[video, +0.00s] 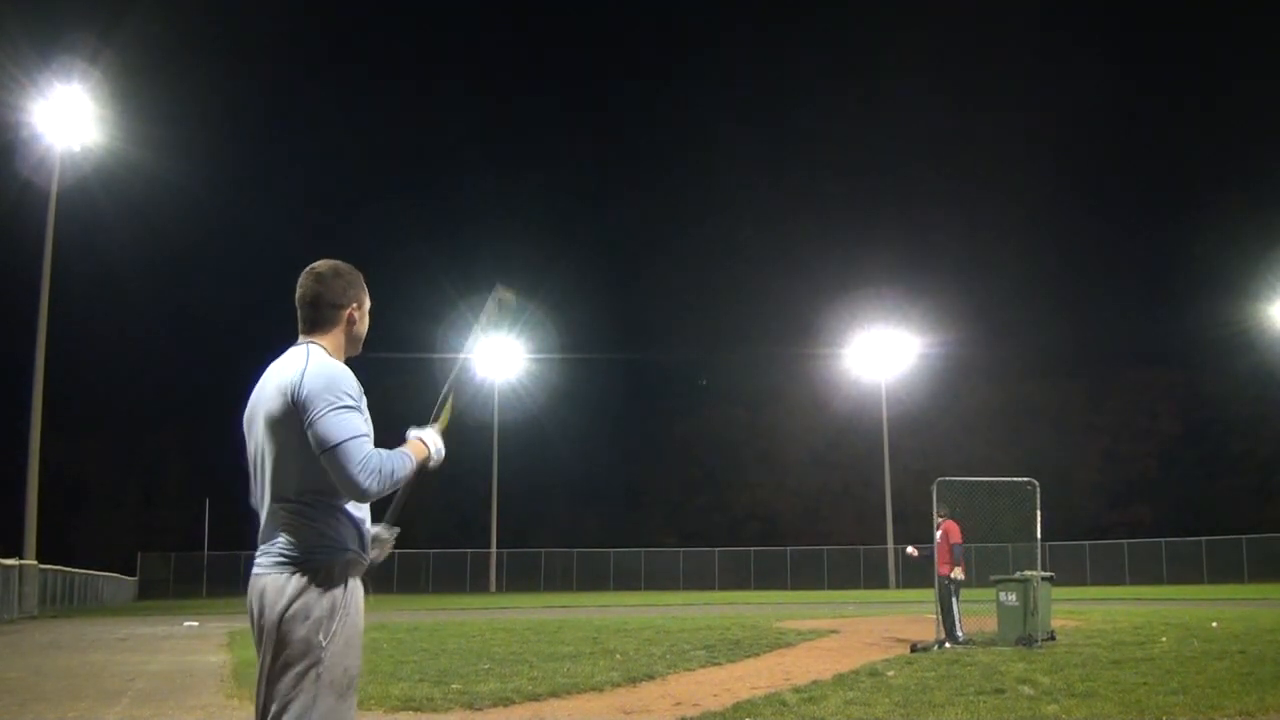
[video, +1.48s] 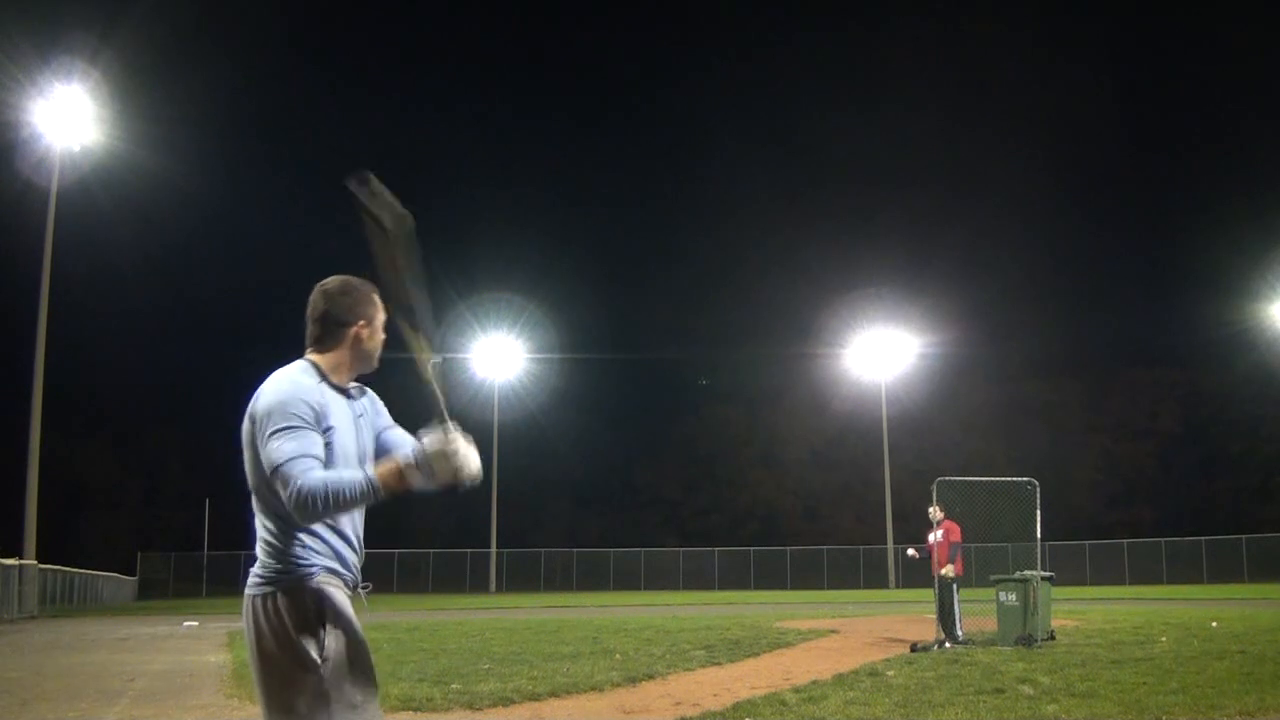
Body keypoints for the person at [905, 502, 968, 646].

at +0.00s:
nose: (933, 517)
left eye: (934, 514)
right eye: (933, 515)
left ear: (939, 514)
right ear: (940, 514)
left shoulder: (950, 526)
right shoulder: (940, 529)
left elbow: (956, 546)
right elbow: (937, 550)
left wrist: (957, 566)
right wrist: (918, 552)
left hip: (949, 573)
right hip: (941, 574)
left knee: (951, 605)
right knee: (944, 606)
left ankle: (956, 636)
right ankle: (949, 636)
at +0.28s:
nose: (933, 517)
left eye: (934, 514)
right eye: (933, 514)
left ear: (940, 514)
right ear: (940, 514)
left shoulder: (949, 526)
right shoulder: (940, 528)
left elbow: (955, 547)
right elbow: (936, 552)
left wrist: (953, 567)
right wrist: (919, 553)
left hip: (948, 573)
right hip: (940, 573)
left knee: (949, 604)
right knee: (943, 605)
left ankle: (957, 636)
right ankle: (949, 636)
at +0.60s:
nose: (932, 515)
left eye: (934, 512)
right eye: (931, 512)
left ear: (943, 513)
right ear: (933, 515)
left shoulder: (951, 527)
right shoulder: (938, 530)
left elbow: (955, 547)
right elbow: (935, 552)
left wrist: (951, 565)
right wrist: (918, 554)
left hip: (948, 572)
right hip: (938, 573)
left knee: (949, 605)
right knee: (942, 606)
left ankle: (956, 636)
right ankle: (948, 635)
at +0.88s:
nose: (933, 515)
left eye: (935, 512)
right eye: (931, 513)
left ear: (943, 513)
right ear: (930, 515)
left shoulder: (952, 527)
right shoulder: (934, 532)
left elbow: (957, 546)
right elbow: (932, 552)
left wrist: (954, 565)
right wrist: (917, 552)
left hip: (948, 572)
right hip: (937, 573)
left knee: (949, 605)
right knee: (941, 606)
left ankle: (955, 636)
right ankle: (947, 636)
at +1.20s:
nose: (933, 515)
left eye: (935, 512)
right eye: (931, 513)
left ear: (942, 513)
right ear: (929, 515)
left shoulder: (952, 526)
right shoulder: (931, 532)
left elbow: (958, 546)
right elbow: (931, 552)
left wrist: (958, 565)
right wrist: (918, 552)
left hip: (949, 571)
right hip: (937, 573)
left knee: (950, 604)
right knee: (941, 605)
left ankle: (955, 635)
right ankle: (947, 635)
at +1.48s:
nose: (932, 515)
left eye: (935, 512)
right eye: (930, 513)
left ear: (942, 513)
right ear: (929, 516)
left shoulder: (951, 527)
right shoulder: (931, 533)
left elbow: (955, 546)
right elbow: (931, 551)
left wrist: (951, 564)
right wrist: (918, 553)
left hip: (949, 572)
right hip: (937, 573)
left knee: (951, 604)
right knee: (941, 605)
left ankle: (955, 635)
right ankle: (946, 634)